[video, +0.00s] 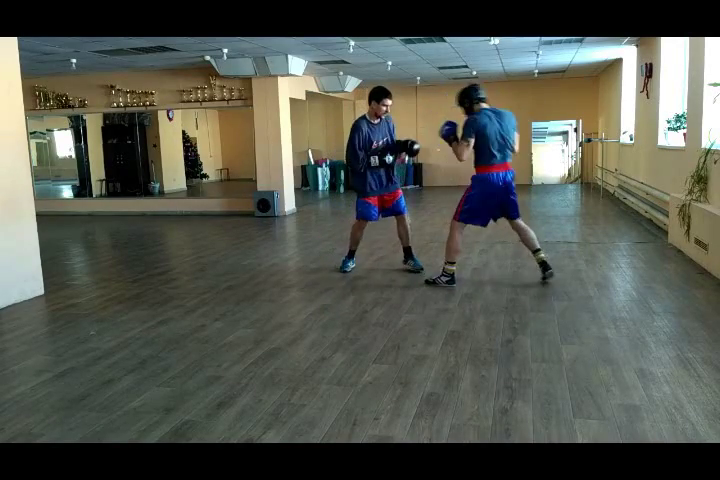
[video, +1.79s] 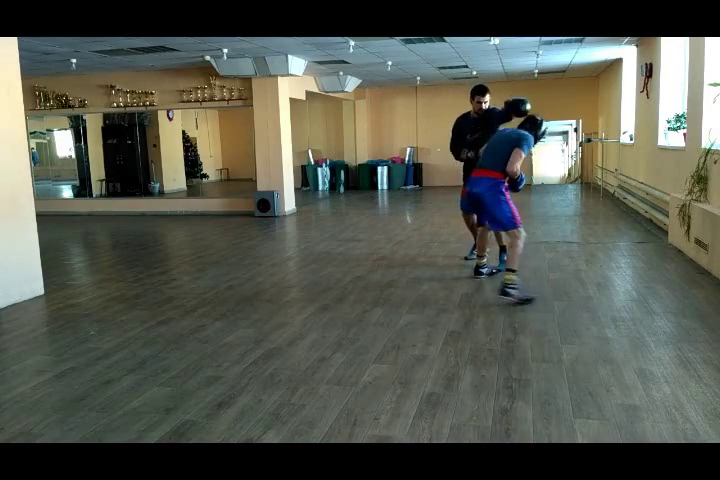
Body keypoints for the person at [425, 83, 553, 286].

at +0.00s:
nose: (463, 111)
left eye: (463, 107)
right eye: (462, 107)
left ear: (468, 104)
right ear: (483, 100)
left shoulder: (473, 120)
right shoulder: (507, 115)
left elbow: (461, 155)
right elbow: (514, 148)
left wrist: (451, 139)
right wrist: (491, 139)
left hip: (484, 181)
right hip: (507, 178)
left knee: (457, 225)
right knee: (516, 221)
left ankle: (448, 274)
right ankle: (543, 262)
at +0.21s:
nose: (494, 108)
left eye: (494, 105)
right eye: (494, 106)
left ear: (498, 103)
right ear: (517, 101)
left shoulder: (498, 120)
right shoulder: (537, 120)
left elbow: (494, 155)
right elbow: (537, 157)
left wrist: (483, 146)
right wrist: (518, 144)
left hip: (501, 181)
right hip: (526, 181)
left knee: (475, 227)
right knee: (539, 230)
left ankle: (455, 272)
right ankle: (553, 276)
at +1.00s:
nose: (526, 96)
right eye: (525, 93)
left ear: (503, 91)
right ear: (523, 93)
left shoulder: (491, 110)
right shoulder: (531, 109)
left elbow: (491, 138)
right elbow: (537, 146)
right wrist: (522, 134)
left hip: (497, 172)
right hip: (521, 170)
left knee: (491, 225)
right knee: (540, 225)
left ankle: (486, 272)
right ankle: (540, 278)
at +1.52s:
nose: (540, 106)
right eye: (540, 103)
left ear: (518, 99)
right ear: (538, 103)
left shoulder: (499, 118)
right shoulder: (543, 122)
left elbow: (484, 153)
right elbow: (546, 161)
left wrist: (502, 148)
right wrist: (531, 148)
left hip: (501, 182)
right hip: (525, 183)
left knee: (493, 225)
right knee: (537, 237)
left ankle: (483, 268)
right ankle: (534, 291)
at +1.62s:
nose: (545, 131)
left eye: (546, 128)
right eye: (546, 128)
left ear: (527, 116)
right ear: (543, 125)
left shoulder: (503, 124)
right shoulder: (533, 132)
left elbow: (470, 132)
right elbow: (525, 167)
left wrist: (485, 139)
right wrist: (527, 170)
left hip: (483, 182)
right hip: (502, 184)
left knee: (489, 224)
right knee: (524, 235)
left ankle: (481, 266)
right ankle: (532, 290)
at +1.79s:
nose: (537, 140)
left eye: (538, 137)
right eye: (538, 137)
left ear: (522, 124)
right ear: (536, 132)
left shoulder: (501, 132)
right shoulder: (526, 138)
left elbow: (483, 153)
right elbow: (511, 168)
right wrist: (517, 179)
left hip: (473, 183)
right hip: (492, 186)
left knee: (484, 226)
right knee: (518, 235)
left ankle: (480, 266)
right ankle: (509, 285)